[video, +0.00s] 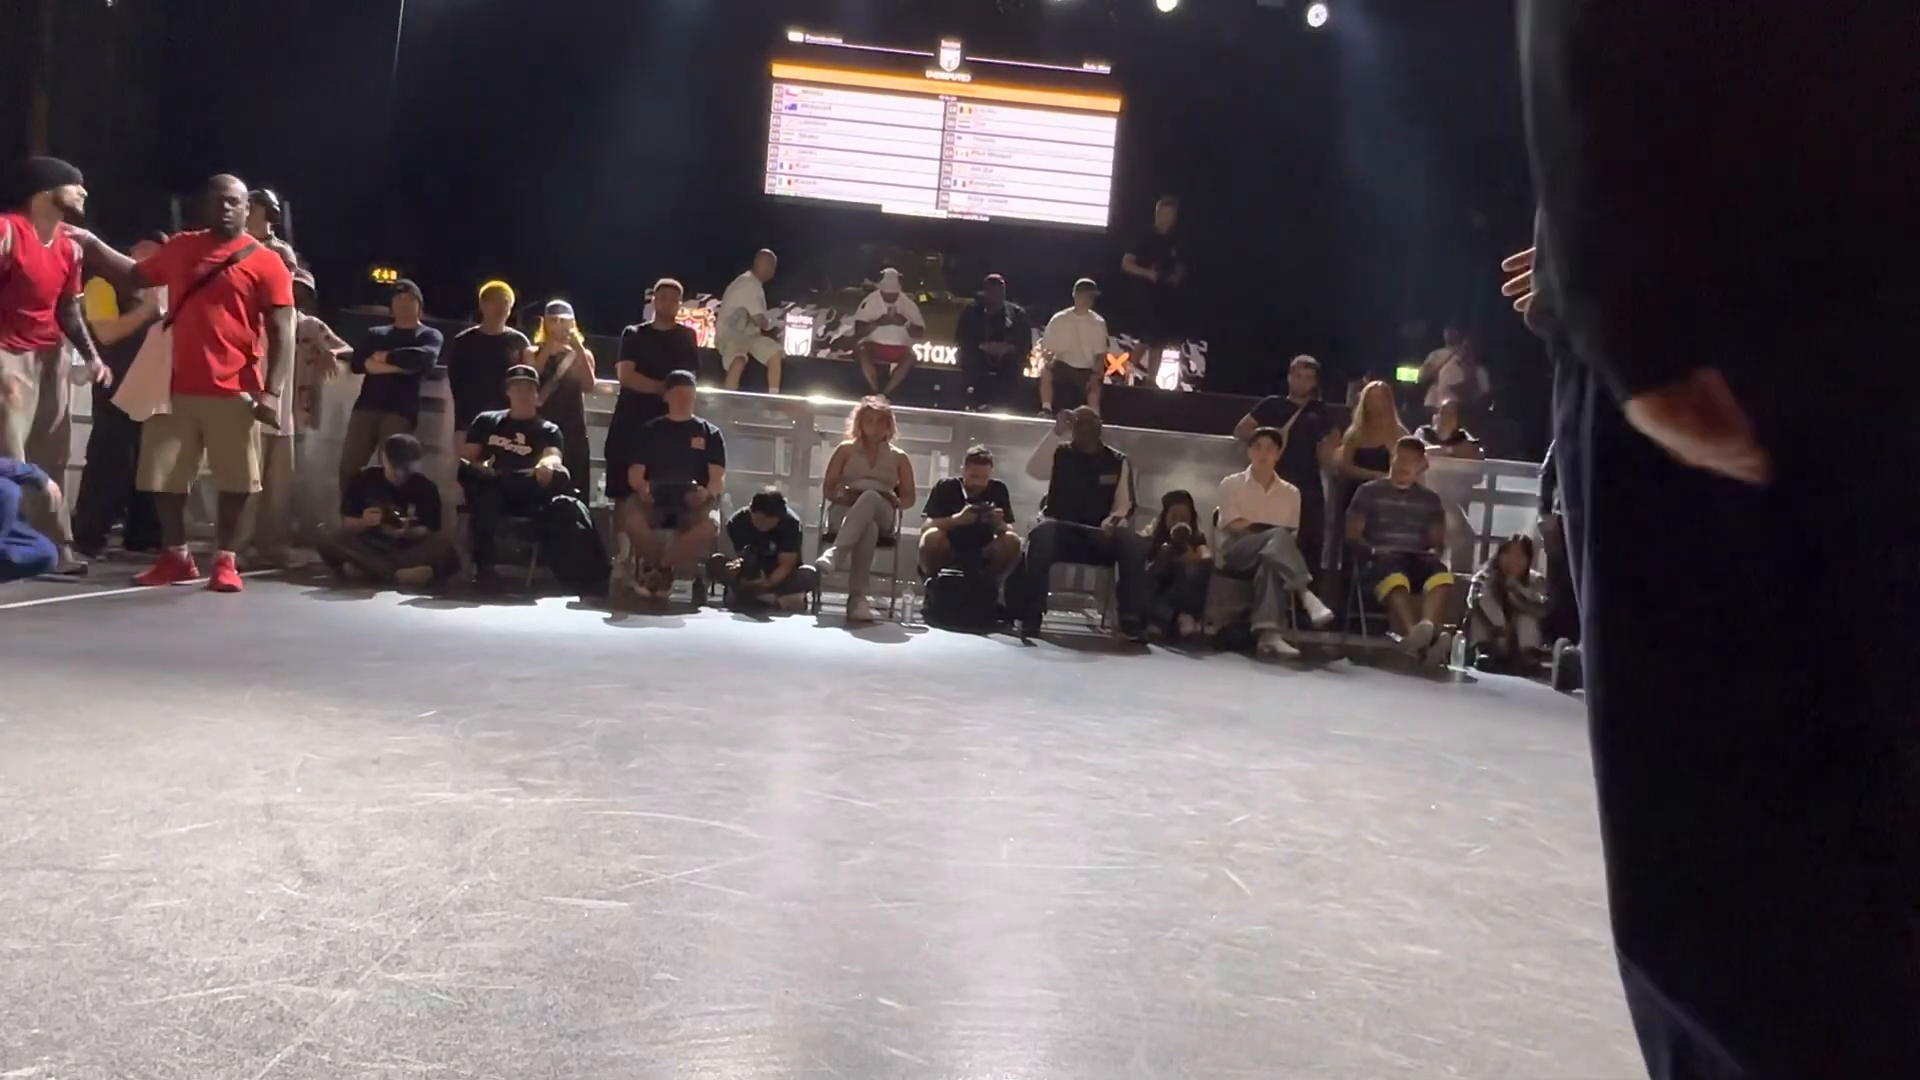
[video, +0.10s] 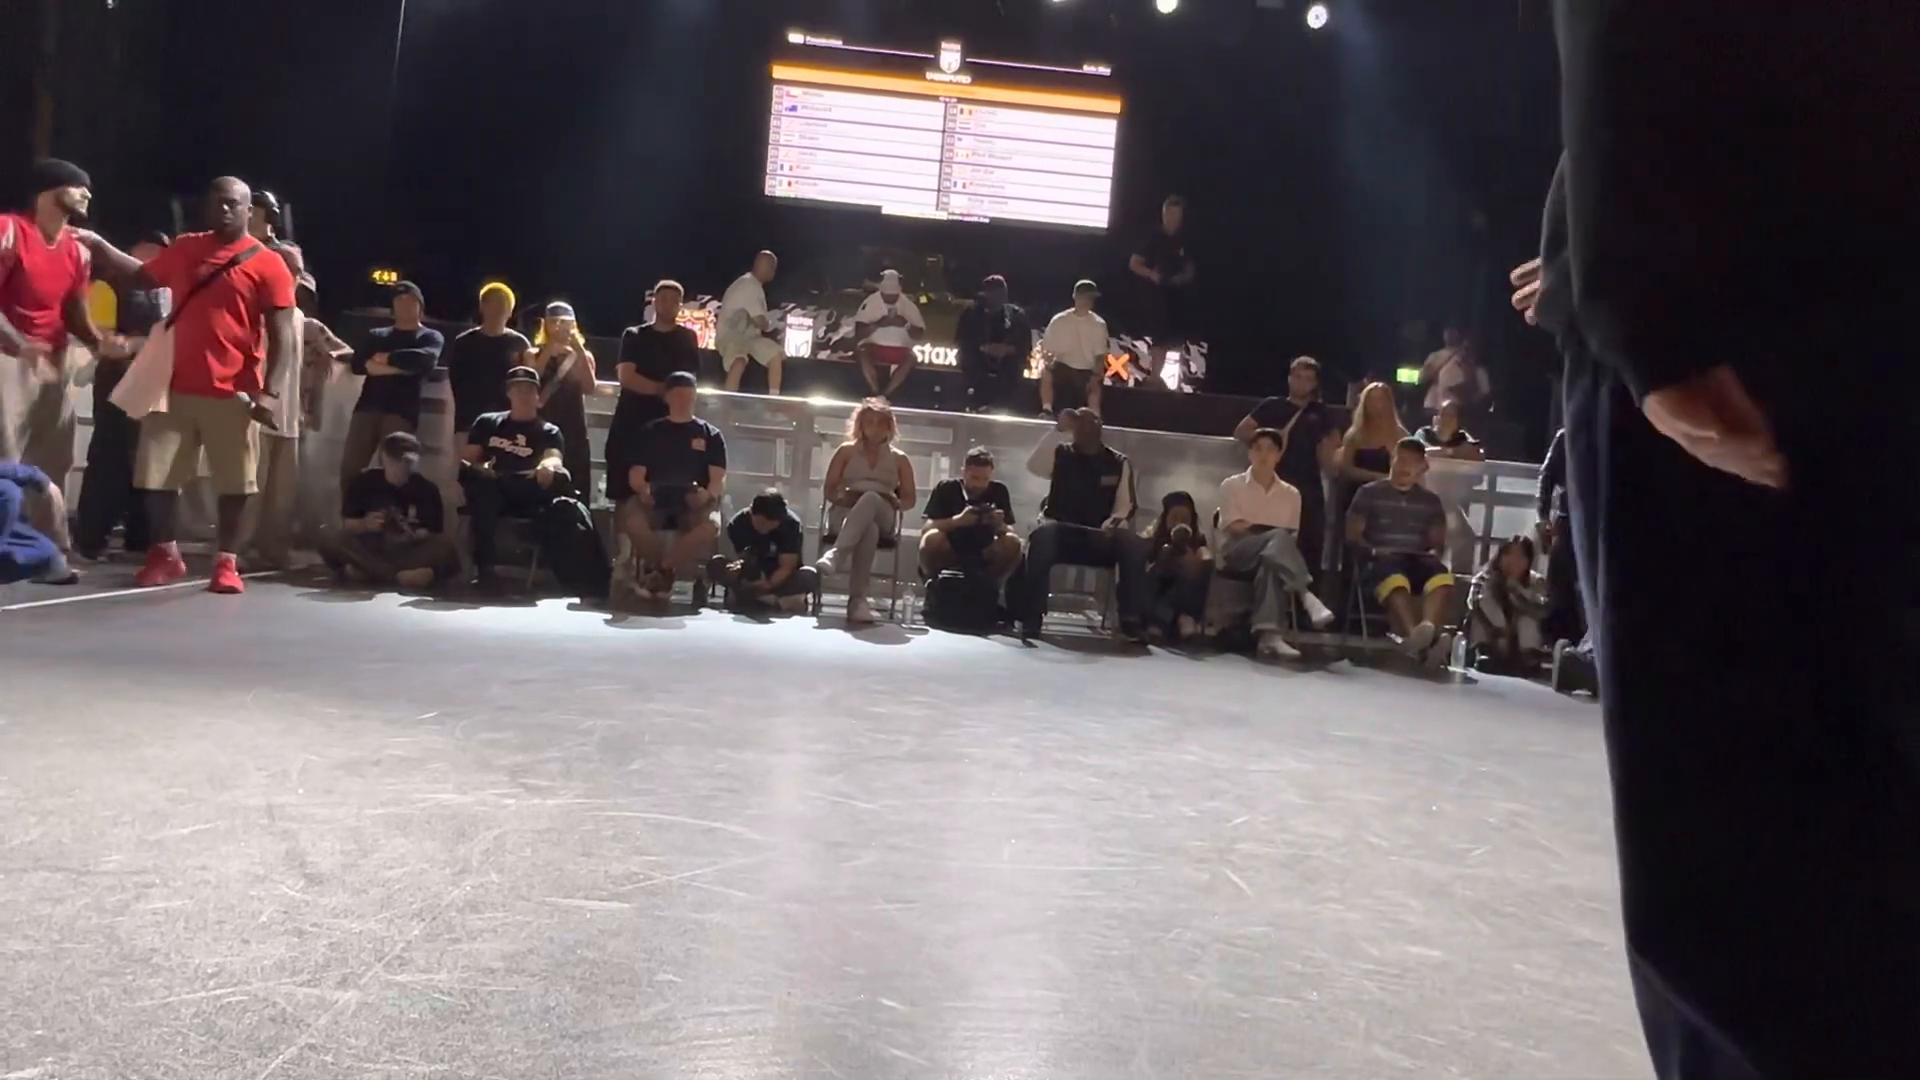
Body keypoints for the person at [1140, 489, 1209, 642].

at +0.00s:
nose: (1179, 522)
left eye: (1184, 517)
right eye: (1174, 516)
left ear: (1192, 517)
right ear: (1164, 516)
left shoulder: (1197, 539)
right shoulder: (1151, 539)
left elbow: (1207, 558)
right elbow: (1148, 572)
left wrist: (1191, 555)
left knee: (1196, 568)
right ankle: (1185, 616)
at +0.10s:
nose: (1179, 524)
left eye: (1184, 519)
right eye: (1174, 518)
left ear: (1192, 519)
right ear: (1165, 518)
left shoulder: (1197, 541)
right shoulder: (1150, 541)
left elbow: (1207, 562)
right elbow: (1147, 574)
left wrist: (1186, 549)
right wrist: (1164, 555)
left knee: (1194, 565)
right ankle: (1186, 617)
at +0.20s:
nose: (1180, 525)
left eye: (1185, 519)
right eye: (1175, 519)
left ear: (1193, 520)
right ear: (1165, 518)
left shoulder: (1197, 542)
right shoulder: (1150, 541)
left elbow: (1208, 562)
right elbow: (1148, 576)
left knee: (1198, 570)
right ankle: (1186, 618)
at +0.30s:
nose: (1179, 524)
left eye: (1184, 519)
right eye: (1175, 519)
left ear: (1192, 520)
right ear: (1165, 518)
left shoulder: (1197, 541)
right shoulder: (1150, 541)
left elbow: (1207, 562)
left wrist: (1189, 553)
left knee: (1198, 570)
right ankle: (1186, 618)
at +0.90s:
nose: (1169, 525)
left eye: (1174, 520)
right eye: (1164, 520)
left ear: (1182, 519)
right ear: (1154, 520)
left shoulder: (1188, 542)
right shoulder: (1141, 543)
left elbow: (1198, 562)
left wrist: (1181, 561)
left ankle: (1179, 620)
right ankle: (1176, 621)